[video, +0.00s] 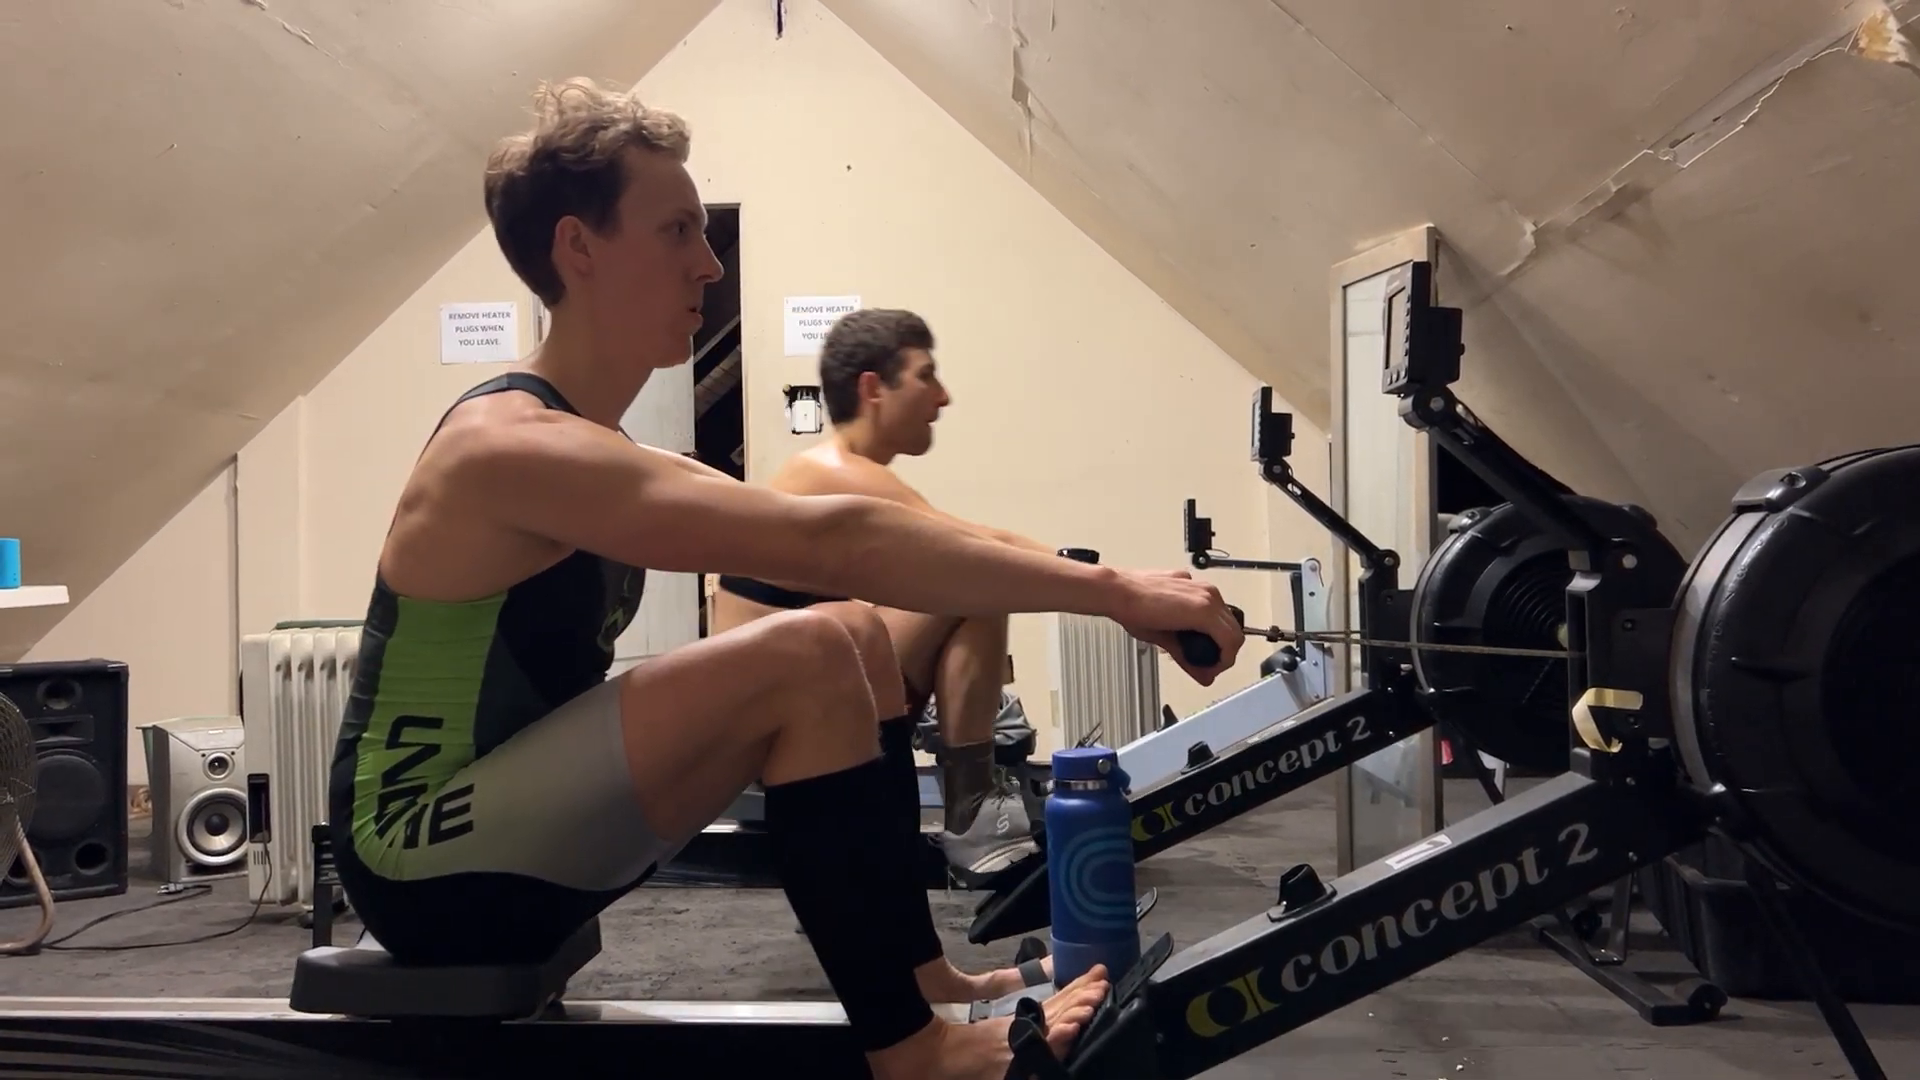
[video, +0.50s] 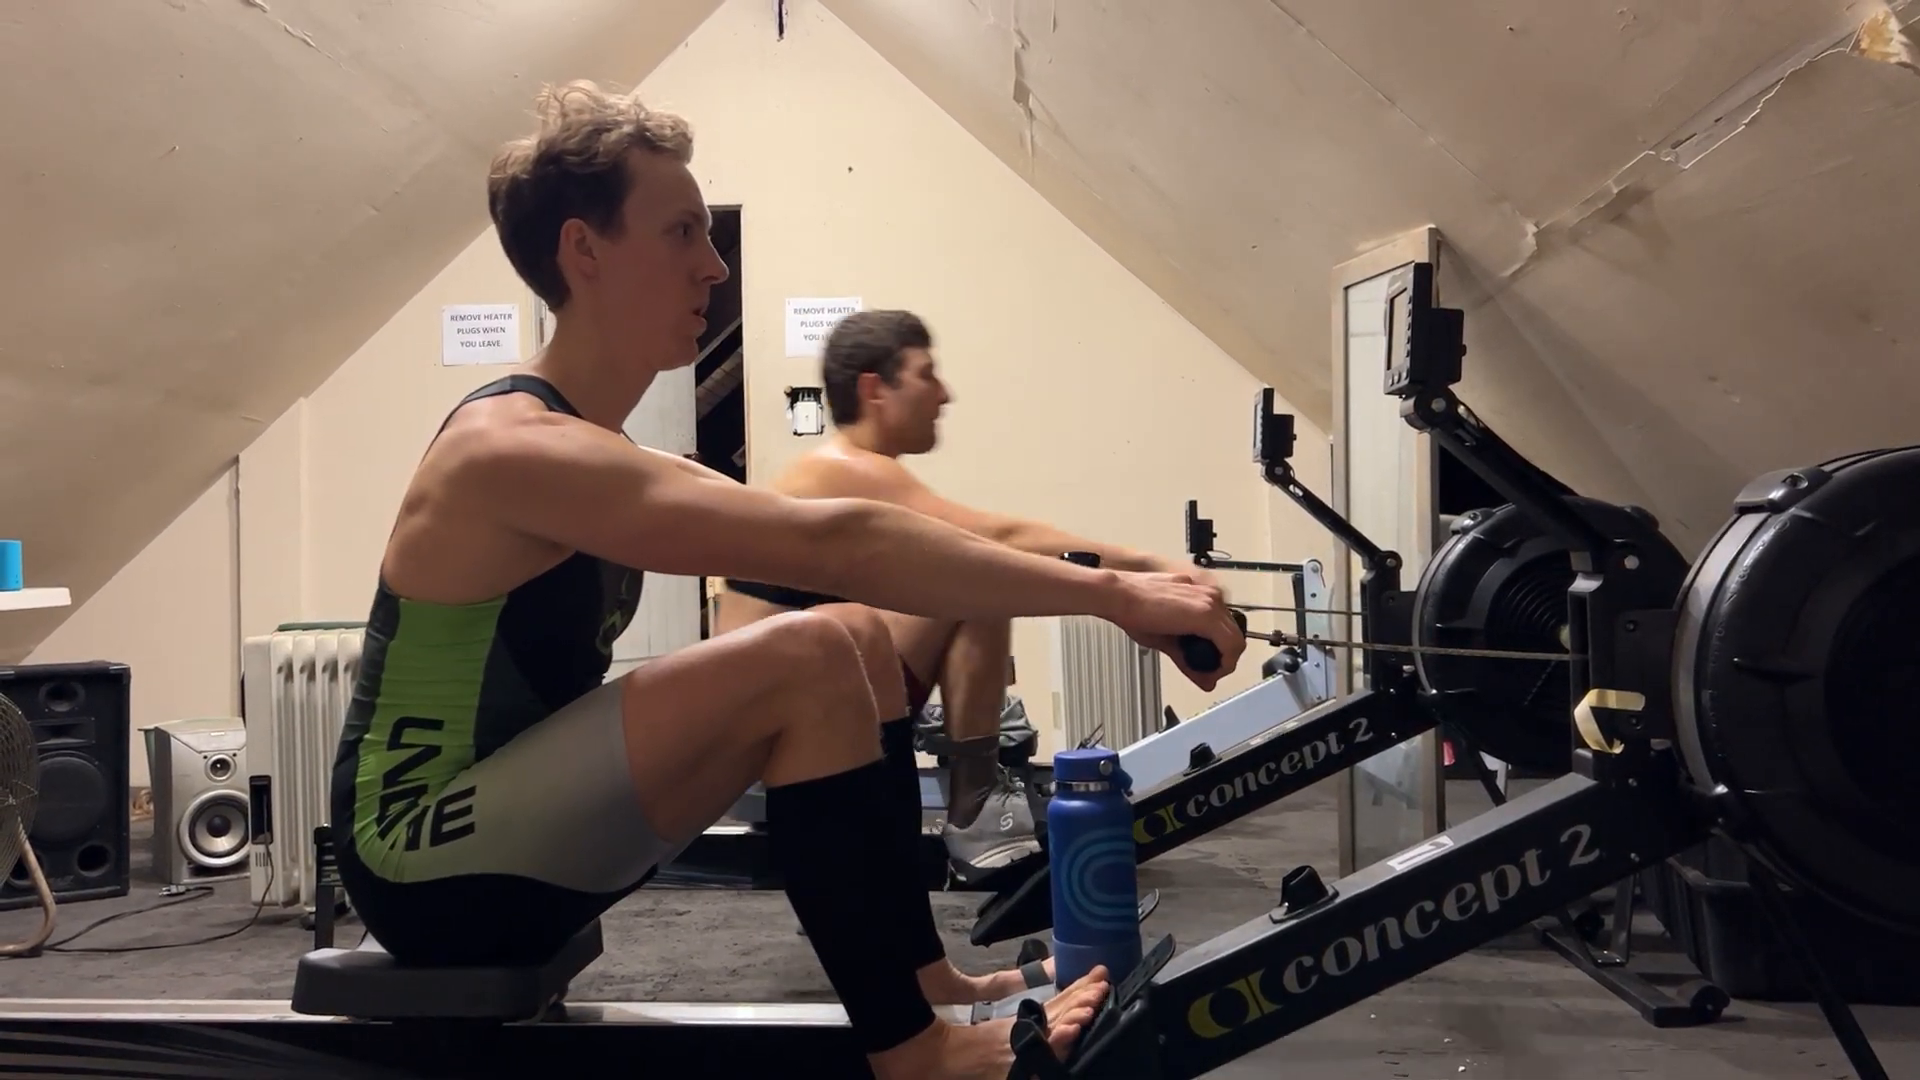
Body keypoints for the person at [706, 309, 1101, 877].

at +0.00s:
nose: (944, 397)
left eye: (937, 378)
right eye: (927, 378)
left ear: (873, 392)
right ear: (872, 390)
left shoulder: (831, 467)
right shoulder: (840, 473)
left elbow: (965, 543)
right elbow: (971, 545)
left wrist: (1071, 571)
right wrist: (1083, 574)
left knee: (974, 587)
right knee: (973, 587)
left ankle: (974, 805)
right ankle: (969, 816)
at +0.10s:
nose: (985, 399)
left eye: (978, 380)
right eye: (967, 380)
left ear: (915, 397)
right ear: (914, 394)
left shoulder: (886, 472)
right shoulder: (888, 476)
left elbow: (1022, 548)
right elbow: (1034, 549)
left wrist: (1162, 591)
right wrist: (1175, 593)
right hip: (835, 712)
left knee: (1000, 591)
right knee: (1002, 591)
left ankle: (969, 808)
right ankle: (970, 820)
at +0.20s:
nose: (1014, 400)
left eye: (1007, 382)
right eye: (997, 381)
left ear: (944, 399)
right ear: (943, 397)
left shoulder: (905, 472)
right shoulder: (918, 480)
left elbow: (1053, 546)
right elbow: (1070, 547)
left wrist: (1188, 588)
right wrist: (1215, 590)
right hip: (846, 719)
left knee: (1014, 587)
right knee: (1019, 591)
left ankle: (973, 808)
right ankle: (971, 821)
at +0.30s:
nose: (1023, 400)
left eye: (1015, 381)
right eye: (1005, 381)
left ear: (952, 400)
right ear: (952, 398)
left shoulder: (912, 474)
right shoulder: (928, 481)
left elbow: (1063, 545)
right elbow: (1077, 546)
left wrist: (1198, 586)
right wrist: (1226, 581)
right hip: (852, 714)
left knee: (1021, 586)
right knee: (1026, 591)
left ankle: (971, 802)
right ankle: (972, 818)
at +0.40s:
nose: (1000, 399)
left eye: (992, 380)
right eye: (983, 380)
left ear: (930, 399)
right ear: (929, 396)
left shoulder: (901, 472)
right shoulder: (905, 477)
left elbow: (1050, 542)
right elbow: (1061, 542)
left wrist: (1188, 580)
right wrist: (1210, 570)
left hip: (835, 695)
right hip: (841, 705)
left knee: (1009, 589)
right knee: (1010, 593)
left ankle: (982, 809)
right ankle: (971, 823)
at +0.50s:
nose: (944, 393)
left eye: (936, 375)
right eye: (927, 375)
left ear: (874, 392)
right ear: (874, 389)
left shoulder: (840, 467)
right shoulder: (854, 470)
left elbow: (987, 539)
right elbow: (996, 537)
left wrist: (1127, 575)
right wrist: (1138, 564)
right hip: (798, 714)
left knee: (976, 592)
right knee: (977, 590)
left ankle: (979, 802)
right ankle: (973, 818)